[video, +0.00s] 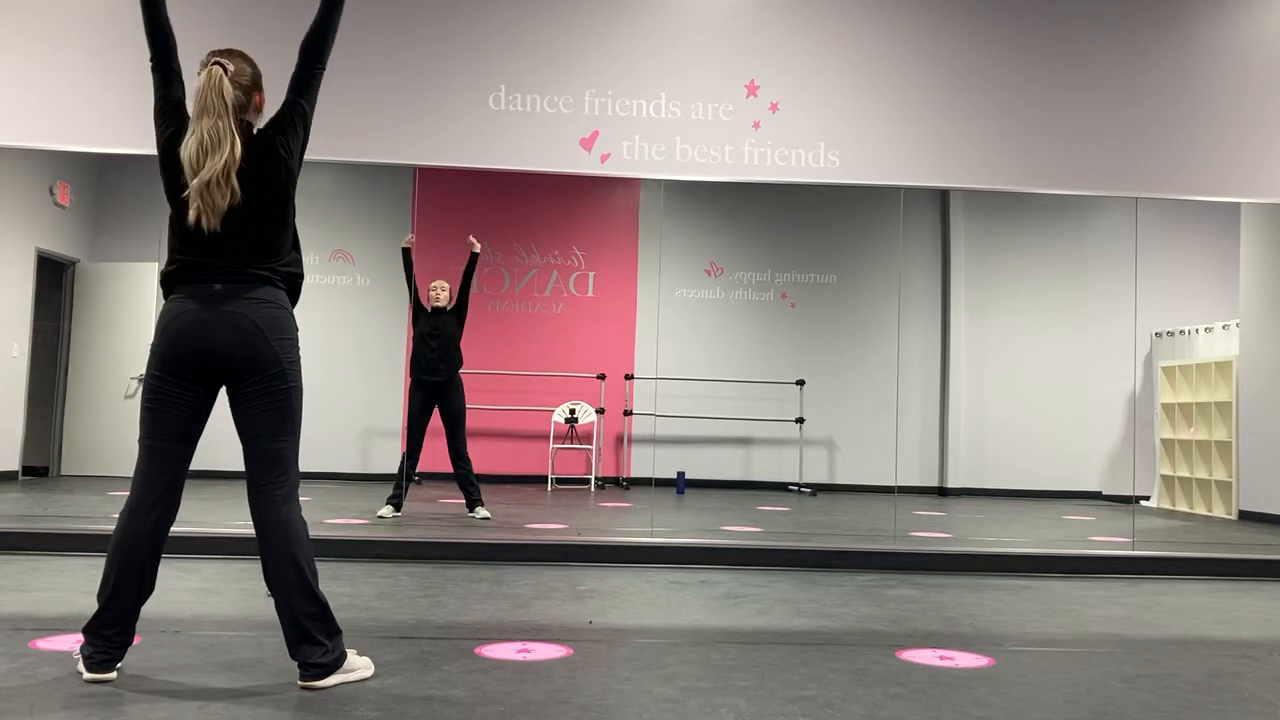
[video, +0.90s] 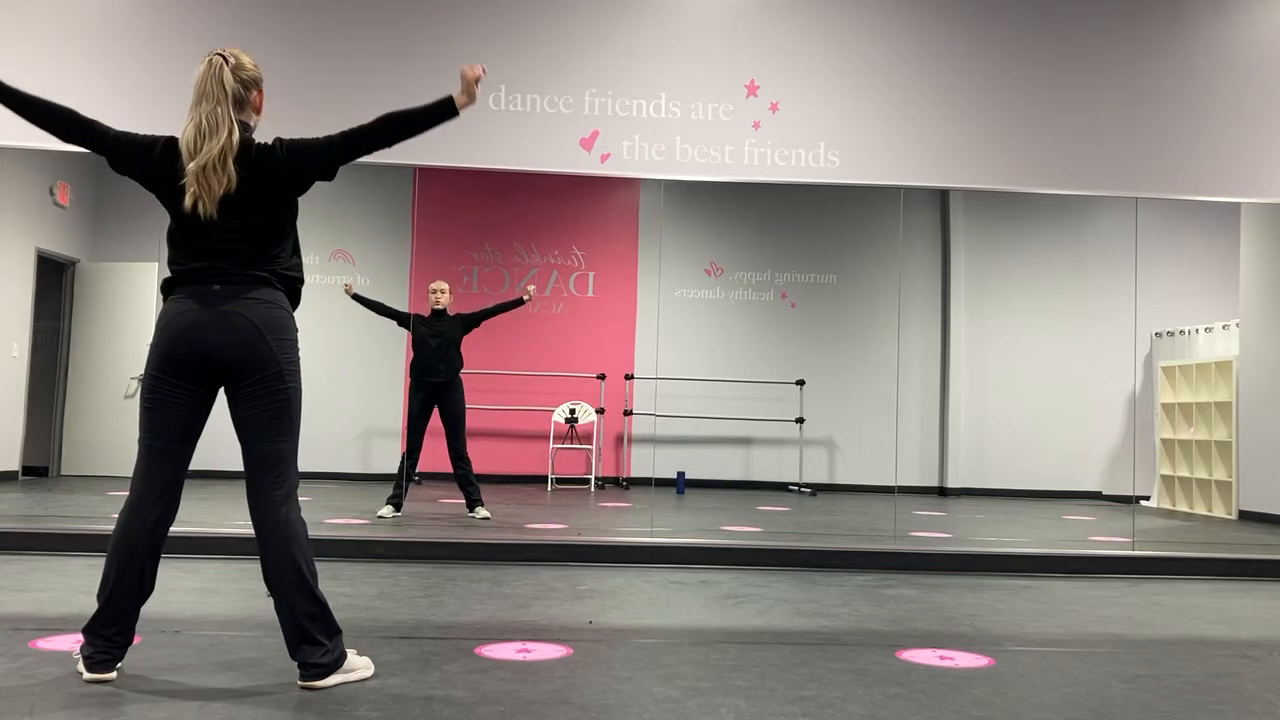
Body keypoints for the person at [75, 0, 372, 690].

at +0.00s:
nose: (264, 99)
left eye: (245, 84)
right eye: (261, 89)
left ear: (200, 94)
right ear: (256, 98)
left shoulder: (178, 146)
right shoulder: (277, 146)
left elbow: (163, 60)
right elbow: (312, 63)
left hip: (184, 319)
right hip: (262, 319)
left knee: (152, 487)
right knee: (275, 494)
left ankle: (102, 647)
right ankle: (318, 656)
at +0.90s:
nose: (266, 101)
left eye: (261, 91)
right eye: (263, 92)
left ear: (203, 98)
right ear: (253, 99)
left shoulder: (167, 156)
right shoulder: (285, 160)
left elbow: (77, 129)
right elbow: (371, 136)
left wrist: (2, 92)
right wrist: (455, 103)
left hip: (182, 318)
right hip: (261, 318)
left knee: (150, 491)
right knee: (275, 493)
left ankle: (101, 650)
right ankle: (319, 656)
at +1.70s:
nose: (262, 105)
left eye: (258, 94)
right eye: (260, 95)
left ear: (198, 96)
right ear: (250, 99)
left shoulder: (161, 170)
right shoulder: (280, 170)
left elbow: (110, 247)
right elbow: (341, 242)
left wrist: (46, 307)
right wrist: (407, 304)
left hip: (180, 325)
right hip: (261, 327)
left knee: (150, 489)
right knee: (274, 495)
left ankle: (102, 649)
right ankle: (318, 656)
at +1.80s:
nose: (261, 104)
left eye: (257, 93)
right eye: (259, 95)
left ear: (197, 96)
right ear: (248, 98)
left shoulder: (161, 169)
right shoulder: (278, 169)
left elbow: (117, 250)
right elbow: (329, 249)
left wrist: (59, 319)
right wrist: (387, 321)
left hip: (179, 327)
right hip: (260, 329)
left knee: (150, 489)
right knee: (274, 495)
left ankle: (102, 648)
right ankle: (318, 656)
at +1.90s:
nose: (261, 103)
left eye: (258, 91)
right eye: (259, 93)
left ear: (196, 95)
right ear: (247, 98)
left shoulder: (160, 169)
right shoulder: (277, 170)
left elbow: (123, 259)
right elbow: (321, 257)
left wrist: (73, 331)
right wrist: (368, 333)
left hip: (177, 329)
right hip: (259, 331)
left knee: (149, 490)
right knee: (273, 494)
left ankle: (102, 648)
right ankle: (318, 655)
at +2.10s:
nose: (259, 103)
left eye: (256, 91)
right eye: (258, 93)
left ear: (195, 95)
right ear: (246, 97)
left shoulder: (159, 168)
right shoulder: (277, 169)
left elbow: (133, 267)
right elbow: (307, 264)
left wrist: (95, 345)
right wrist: (343, 344)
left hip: (174, 333)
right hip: (257, 335)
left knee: (148, 488)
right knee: (271, 492)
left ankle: (102, 648)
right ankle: (318, 655)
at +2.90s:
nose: (272, 111)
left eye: (269, 100)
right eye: (269, 101)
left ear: (205, 102)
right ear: (256, 104)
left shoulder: (176, 176)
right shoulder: (288, 171)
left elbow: (186, 243)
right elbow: (317, 247)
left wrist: (268, 245)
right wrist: (307, 254)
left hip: (207, 328)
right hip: (285, 324)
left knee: (176, 490)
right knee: (300, 492)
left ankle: (103, 647)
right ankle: (339, 657)